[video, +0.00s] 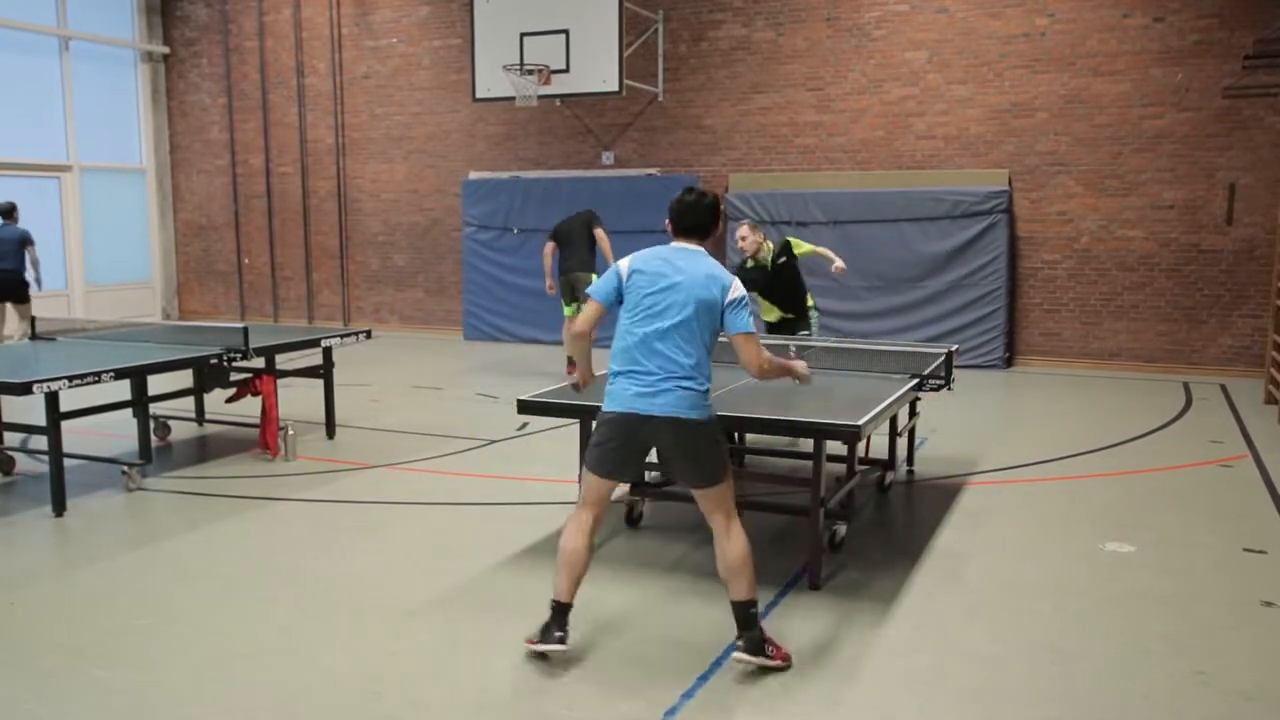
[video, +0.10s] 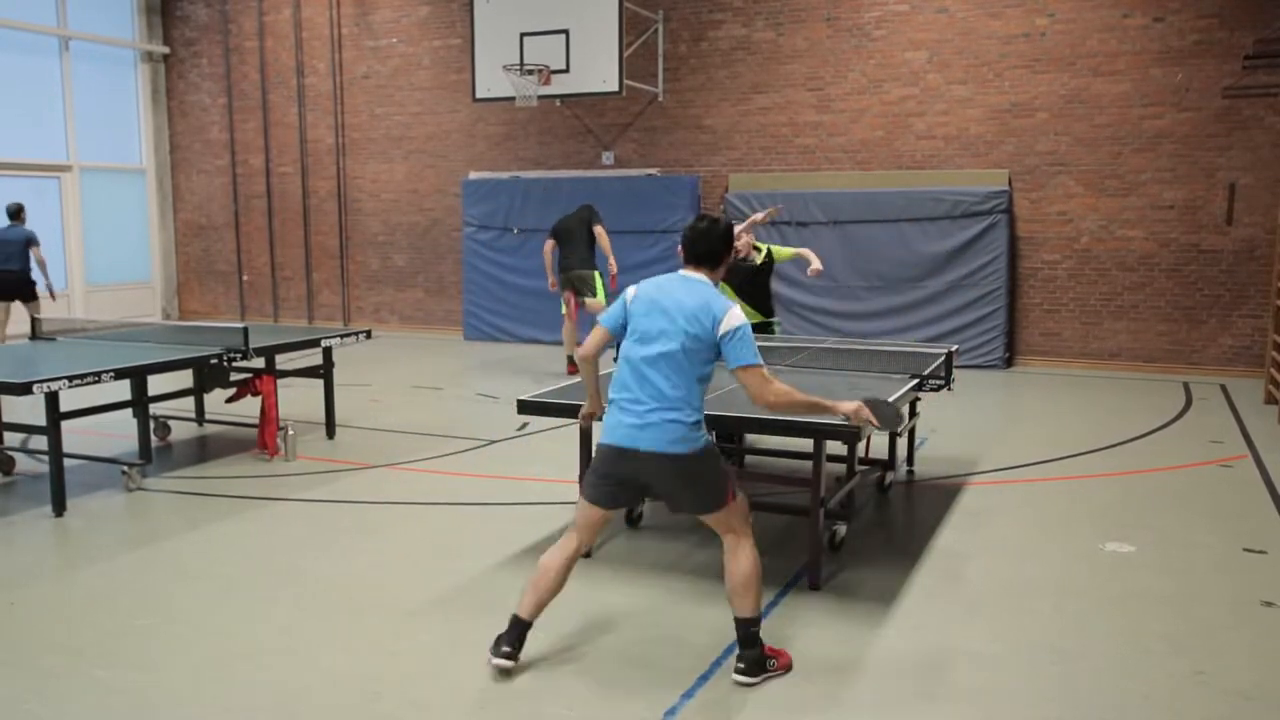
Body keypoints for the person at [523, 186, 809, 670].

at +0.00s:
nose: (725, 233)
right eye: (724, 227)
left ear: (670, 227)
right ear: (717, 230)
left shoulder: (631, 264)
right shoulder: (724, 282)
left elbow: (578, 329)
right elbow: (757, 365)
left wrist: (584, 373)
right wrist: (787, 367)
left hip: (623, 410)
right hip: (687, 416)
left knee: (587, 512)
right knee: (725, 520)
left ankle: (557, 624)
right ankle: (750, 636)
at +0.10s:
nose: (729, 263)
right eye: (731, 256)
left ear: (681, 253)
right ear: (725, 261)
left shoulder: (638, 292)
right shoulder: (724, 310)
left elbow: (586, 353)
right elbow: (767, 395)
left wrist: (593, 399)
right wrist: (838, 407)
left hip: (617, 446)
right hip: (680, 451)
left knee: (575, 538)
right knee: (736, 533)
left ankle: (510, 640)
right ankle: (750, 652)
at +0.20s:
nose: (749, 303)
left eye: (745, 293)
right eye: (749, 295)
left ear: (697, 290)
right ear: (742, 300)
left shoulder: (652, 329)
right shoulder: (726, 354)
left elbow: (596, 383)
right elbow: (781, 434)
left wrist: (591, 441)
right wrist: (857, 425)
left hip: (613, 477)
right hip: (675, 481)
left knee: (575, 559)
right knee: (747, 532)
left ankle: (508, 649)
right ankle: (752, 655)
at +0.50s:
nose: (799, 286)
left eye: (799, 279)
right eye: (799, 279)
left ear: (746, 274)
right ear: (788, 281)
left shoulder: (694, 302)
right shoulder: (787, 344)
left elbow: (629, 354)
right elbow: (825, 432)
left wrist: (586, 417)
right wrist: (881, 437)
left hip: (650, 459)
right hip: (717, 473)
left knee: (586, 554)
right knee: (769, 536)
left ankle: (524, 645)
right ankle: (756, 655)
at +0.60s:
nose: (818, 242)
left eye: (817, 233)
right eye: (818, 234)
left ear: (765, 229)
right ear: (807, 236)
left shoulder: (708, 262)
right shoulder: (799, 299)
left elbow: (649, 319)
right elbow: (802, 397)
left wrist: (620, 393)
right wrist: (843, 468)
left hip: (664, 422)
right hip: (730, 436)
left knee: (633, 535)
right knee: (761, 533)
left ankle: (586, 652)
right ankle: (772, 641)